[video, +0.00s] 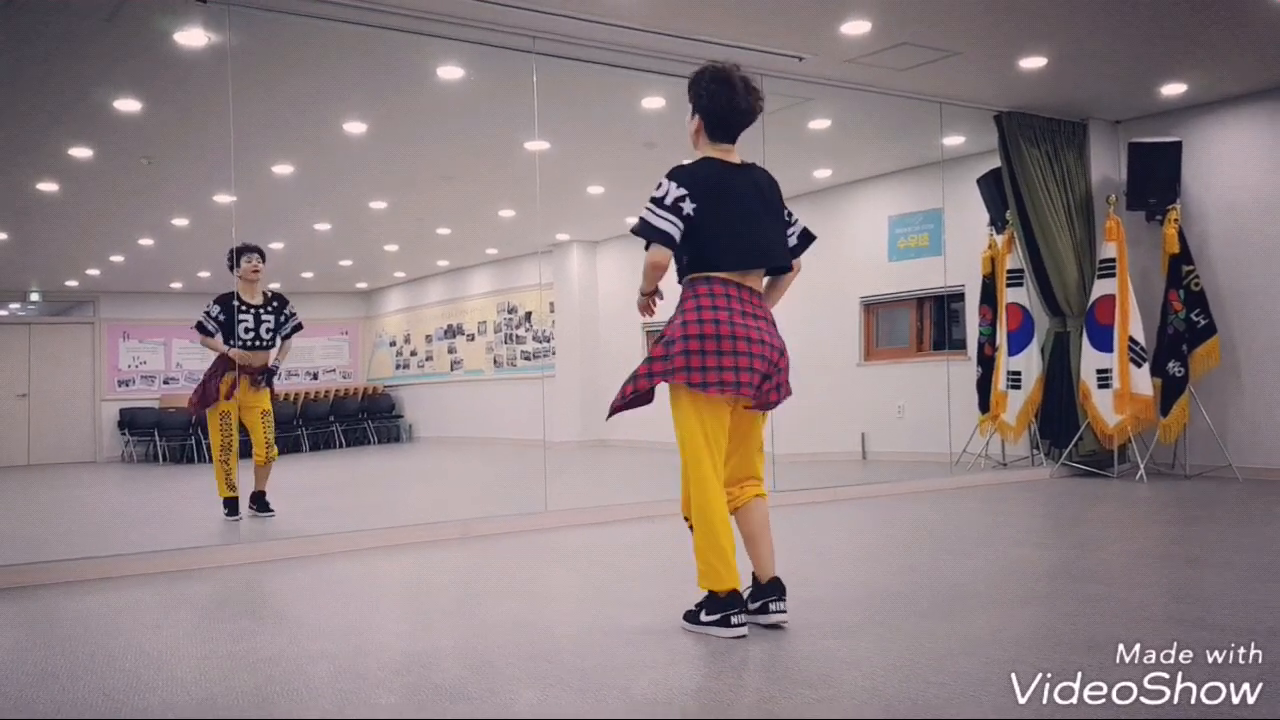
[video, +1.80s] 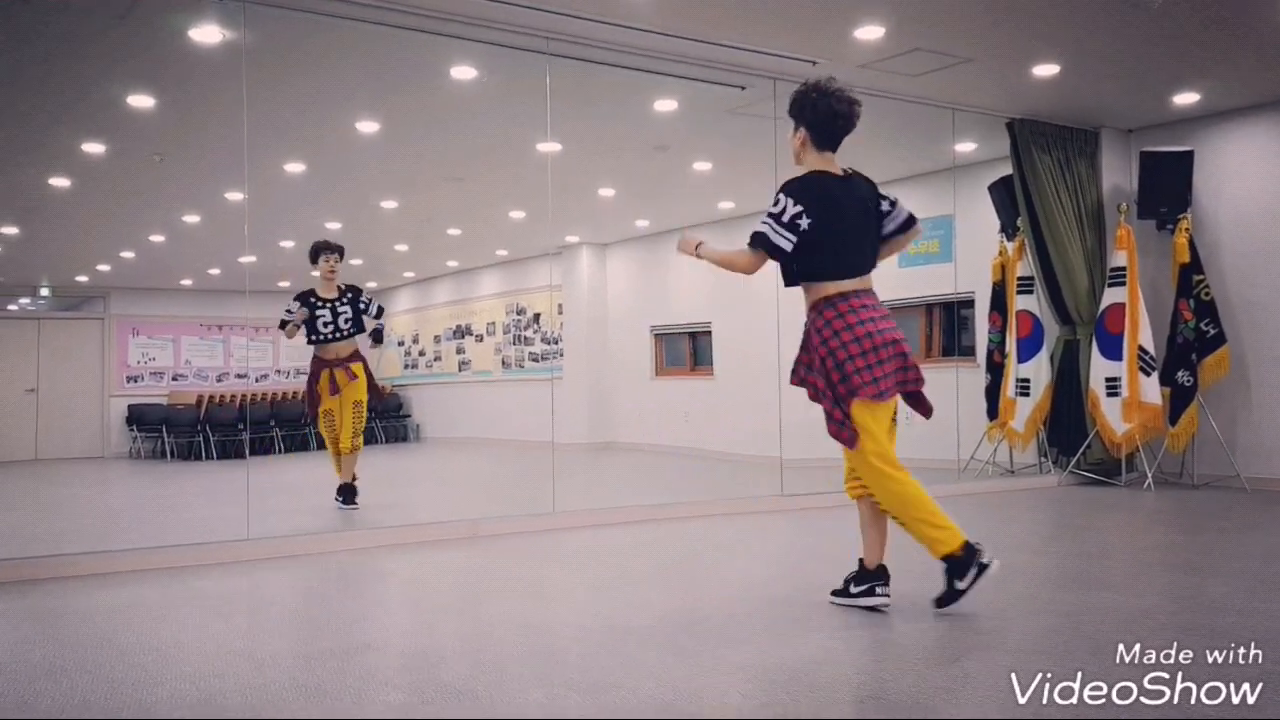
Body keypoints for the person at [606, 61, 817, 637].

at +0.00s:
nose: (687, 124)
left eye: (689, 115)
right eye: (693, 115)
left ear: (696, 122)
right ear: (744, 125)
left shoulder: (684, 179)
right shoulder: (765, 183)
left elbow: (658, 258)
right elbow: (792, 263)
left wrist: (647, 291)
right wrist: (756, 313)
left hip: (702, 320)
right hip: (756, 323)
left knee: (704, 472)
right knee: (744, 473)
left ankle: (722, 597)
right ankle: (768, 588)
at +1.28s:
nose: (696, 142)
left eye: (699, 134)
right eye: (699, 134)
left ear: (706, 141)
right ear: (751, 146)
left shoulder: (704, 195)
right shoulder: (767, 203)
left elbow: (674, 257)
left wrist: (654, 266)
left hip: (725, 340)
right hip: (779, 338)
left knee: (692, 487)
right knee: (786, 464)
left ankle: (709, 599)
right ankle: (819, 561)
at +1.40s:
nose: (719, 145)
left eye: (722, 136)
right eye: (721, 135)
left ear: (733, 143)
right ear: (770, 147)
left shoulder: (742, 200)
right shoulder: (782, 201)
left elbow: (738, 285)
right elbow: (787, 286)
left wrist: (680, 265)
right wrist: (710, 275)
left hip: (756, 340)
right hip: (797, 340)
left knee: (713, 480)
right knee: (802, 475)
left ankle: (715, 599)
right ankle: (858, 567)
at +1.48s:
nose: (730, 139)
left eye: (734, 130)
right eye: (734, 129)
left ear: (745, 138)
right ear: (781, 141)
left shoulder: (763, 197)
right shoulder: (791, 196)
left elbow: (760, 281)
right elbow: (803, 281)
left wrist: (697, 261)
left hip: (780, 343)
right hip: (812, 341)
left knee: (741, 471)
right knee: (819, 470)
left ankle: (726, 589)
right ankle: (863, 575)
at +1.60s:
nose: (756, 135)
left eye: (758, 125)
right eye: (759, 125)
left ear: (769, 132)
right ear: (805, 132)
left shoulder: (785, 192)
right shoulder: (818, 188)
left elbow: (773, 275)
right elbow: (827, 266)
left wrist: (712, 244)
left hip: (807, 328)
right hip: (844, 323)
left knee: (798, 459)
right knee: (852, 459)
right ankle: (869, 576)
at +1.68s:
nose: (767, 135)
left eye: (768, 126)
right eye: (769, 125)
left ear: (778, 131)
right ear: (817, 130)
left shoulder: (790, 189)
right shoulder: (834, 182)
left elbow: (763, 270)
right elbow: (856, 236)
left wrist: (709, 237)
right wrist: (820, 262)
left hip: (816, 321)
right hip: (854, 315)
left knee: (820, 464)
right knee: (859, 453)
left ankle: (875, 569)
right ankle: (871, 565)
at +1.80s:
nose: (790, 138)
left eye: (792, 130)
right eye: (792, 130)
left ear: (801, 135)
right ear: (840, 135)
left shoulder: (797, 192)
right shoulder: (863, 188)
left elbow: (750, 261)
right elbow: (906, 227)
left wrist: (704, 251)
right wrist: (864, 262)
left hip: (838, 327)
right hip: (871, 321)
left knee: (875, 464)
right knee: (864, 464)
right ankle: (872, 573)